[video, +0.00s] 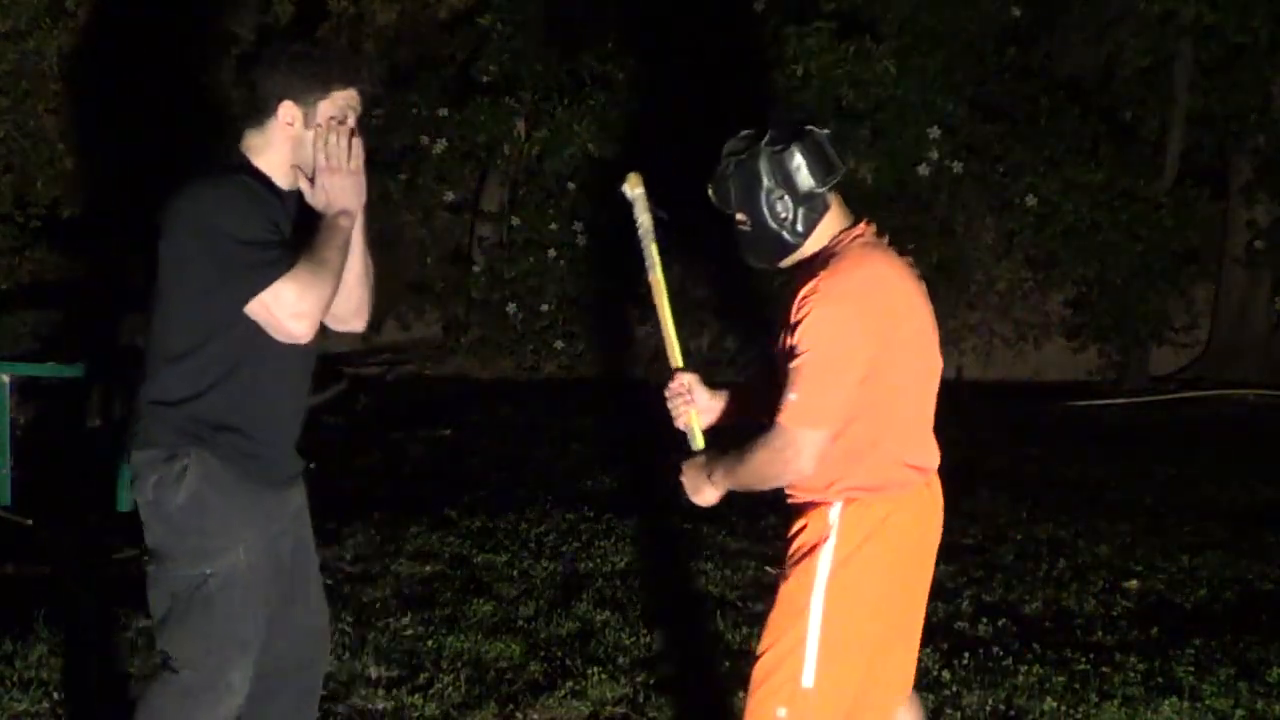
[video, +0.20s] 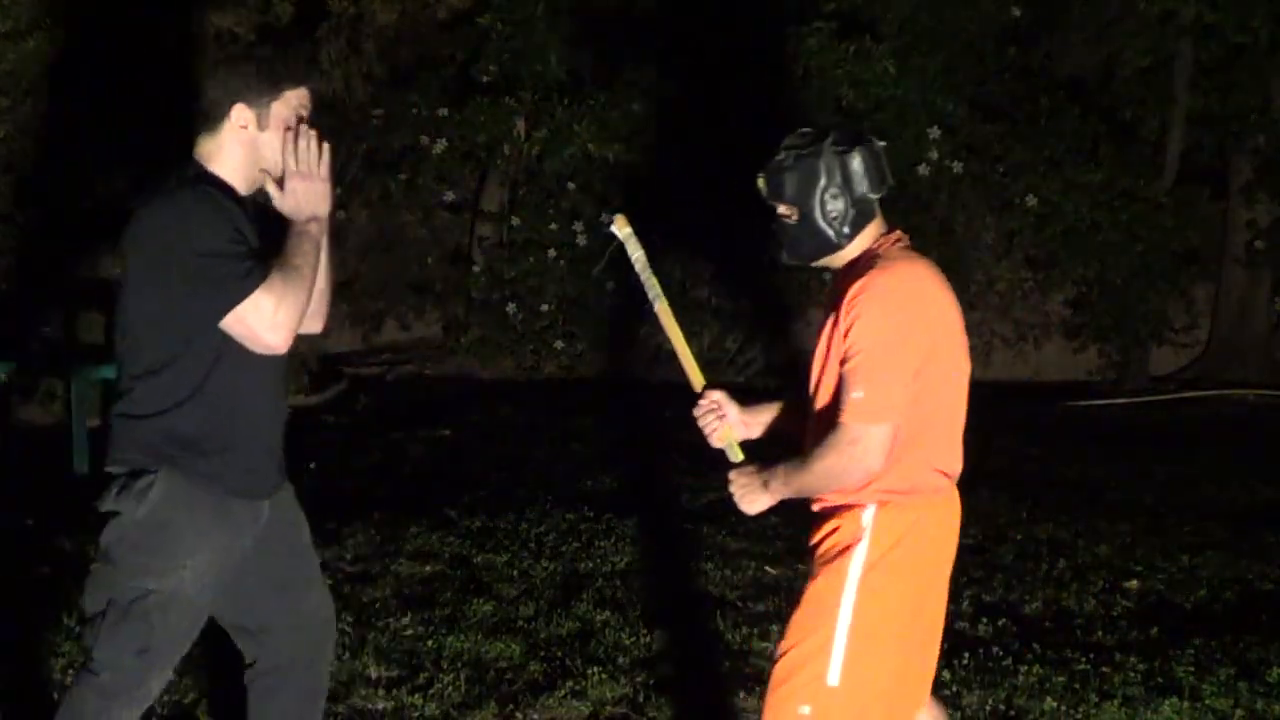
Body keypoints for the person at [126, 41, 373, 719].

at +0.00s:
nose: (349, 140)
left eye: (353, 123)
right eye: (338, 119)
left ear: (295, 124)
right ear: (290, 119)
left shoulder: (290, 212)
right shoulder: (217, 204)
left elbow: (351, 315)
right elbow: (295, 317)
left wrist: (352, 210)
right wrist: (337, 216)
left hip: (274, 476)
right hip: (198, 472)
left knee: (294, 665)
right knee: (211, 676)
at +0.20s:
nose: (304, 143)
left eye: (305, 125)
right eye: (294, 123)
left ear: (245, 124)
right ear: (246, 122)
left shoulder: (244, 219)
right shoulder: (183, 216)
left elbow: (311, 317)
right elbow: (271, 327)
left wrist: (312, 223)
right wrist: (308, 222)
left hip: (257, 500)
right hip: (174, 497)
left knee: (299, 654)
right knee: (118, 686)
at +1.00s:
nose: (304, 162)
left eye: (300, 142)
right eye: (288, 142)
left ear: (240, 152)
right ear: (234, 149)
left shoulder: (252, 247)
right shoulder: (163, 251)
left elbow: (311, 304)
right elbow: (221, 368)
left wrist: (359, 257)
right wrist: (302, 276)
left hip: (264, 506)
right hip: (172, 515)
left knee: (352, 626)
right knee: (136, 702)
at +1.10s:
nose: (357, 195)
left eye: (353, 175)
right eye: (341, 176)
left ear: (289, 189)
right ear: (285, 187)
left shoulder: (318, 263)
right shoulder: (217, 282)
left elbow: (380, 245)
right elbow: (287, 401)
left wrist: (462, 226)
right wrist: (370, 314)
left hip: (277, 521)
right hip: (181, 526)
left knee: (387, 621)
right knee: (140, 704)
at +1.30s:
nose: (485, 213)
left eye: (483, 196)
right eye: (472, 198)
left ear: (419, 204)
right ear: (416, 205)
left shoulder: (413, 250)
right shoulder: (364, 285)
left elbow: (493, 219)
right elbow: (473, 396)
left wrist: (588, 219)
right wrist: (562, 346)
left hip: (383, 500)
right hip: (290, 510)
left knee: (481, 619)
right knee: (247, 694)